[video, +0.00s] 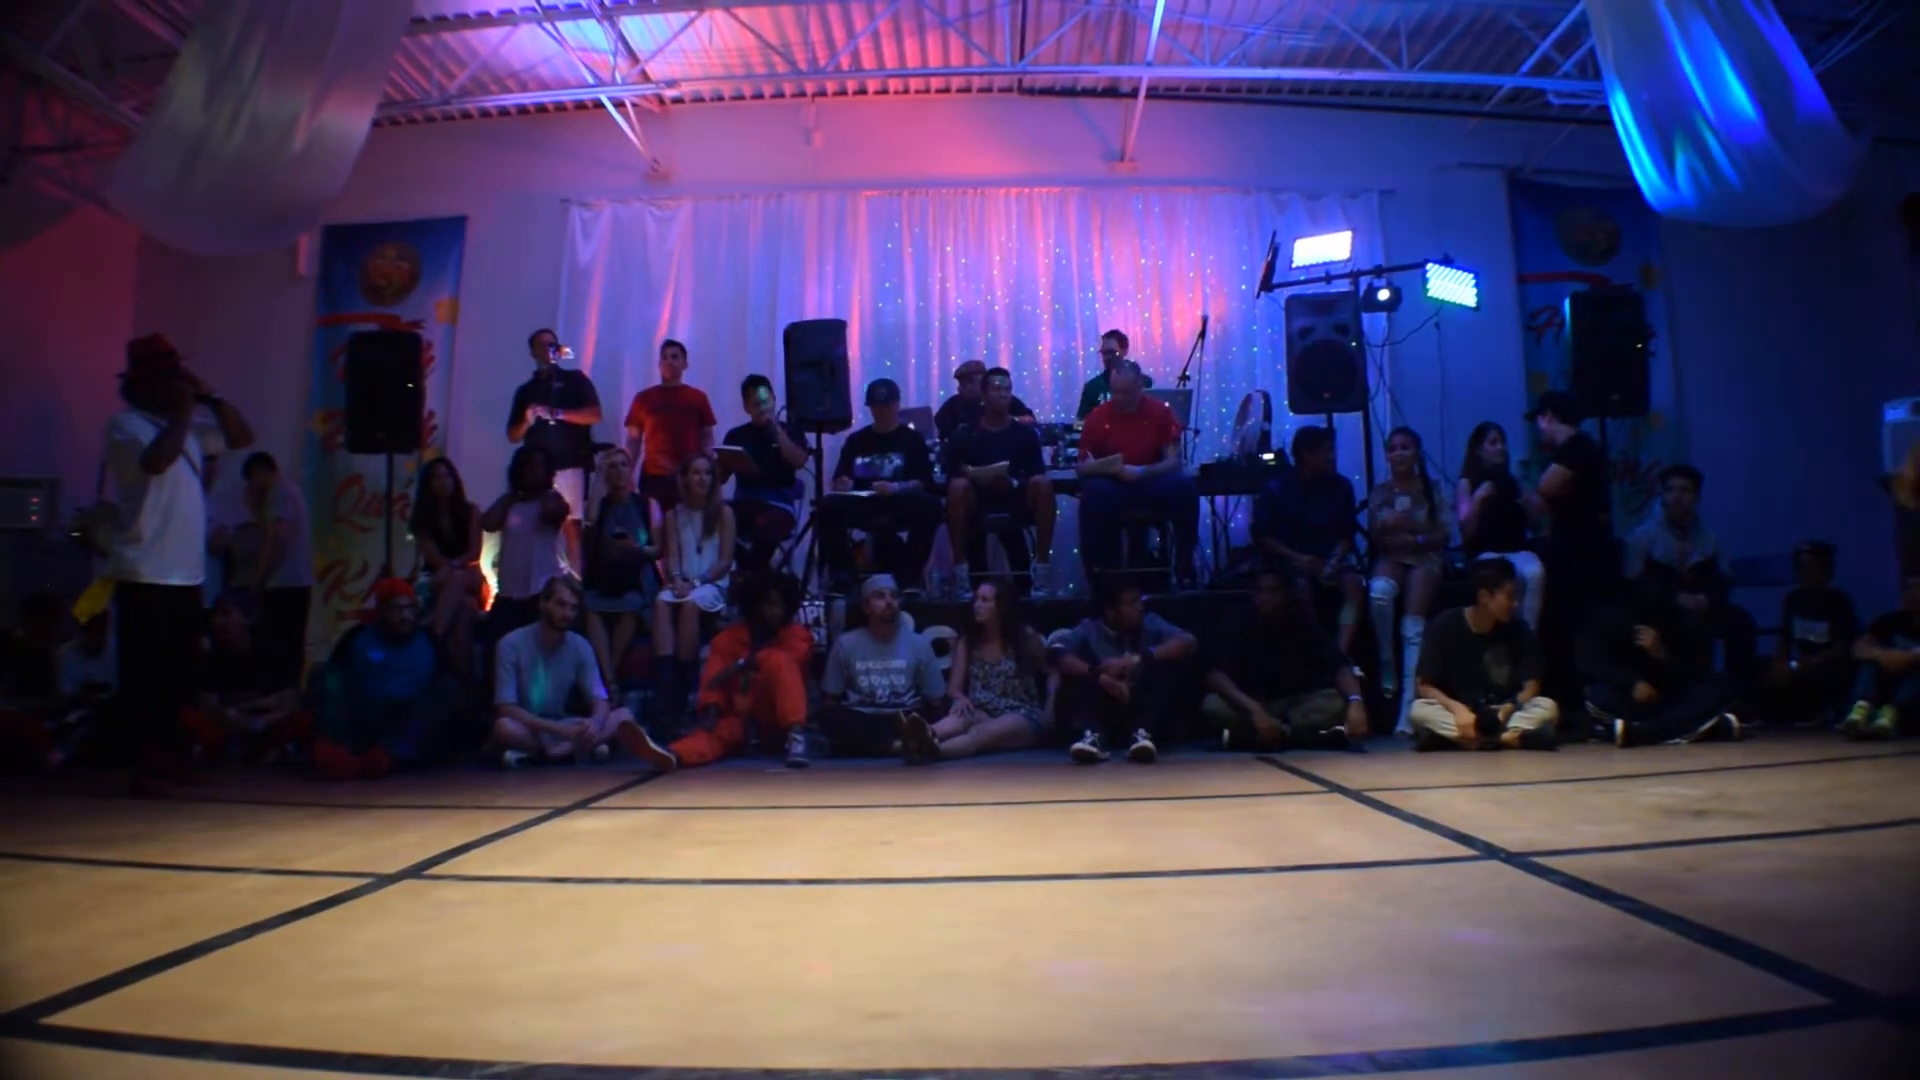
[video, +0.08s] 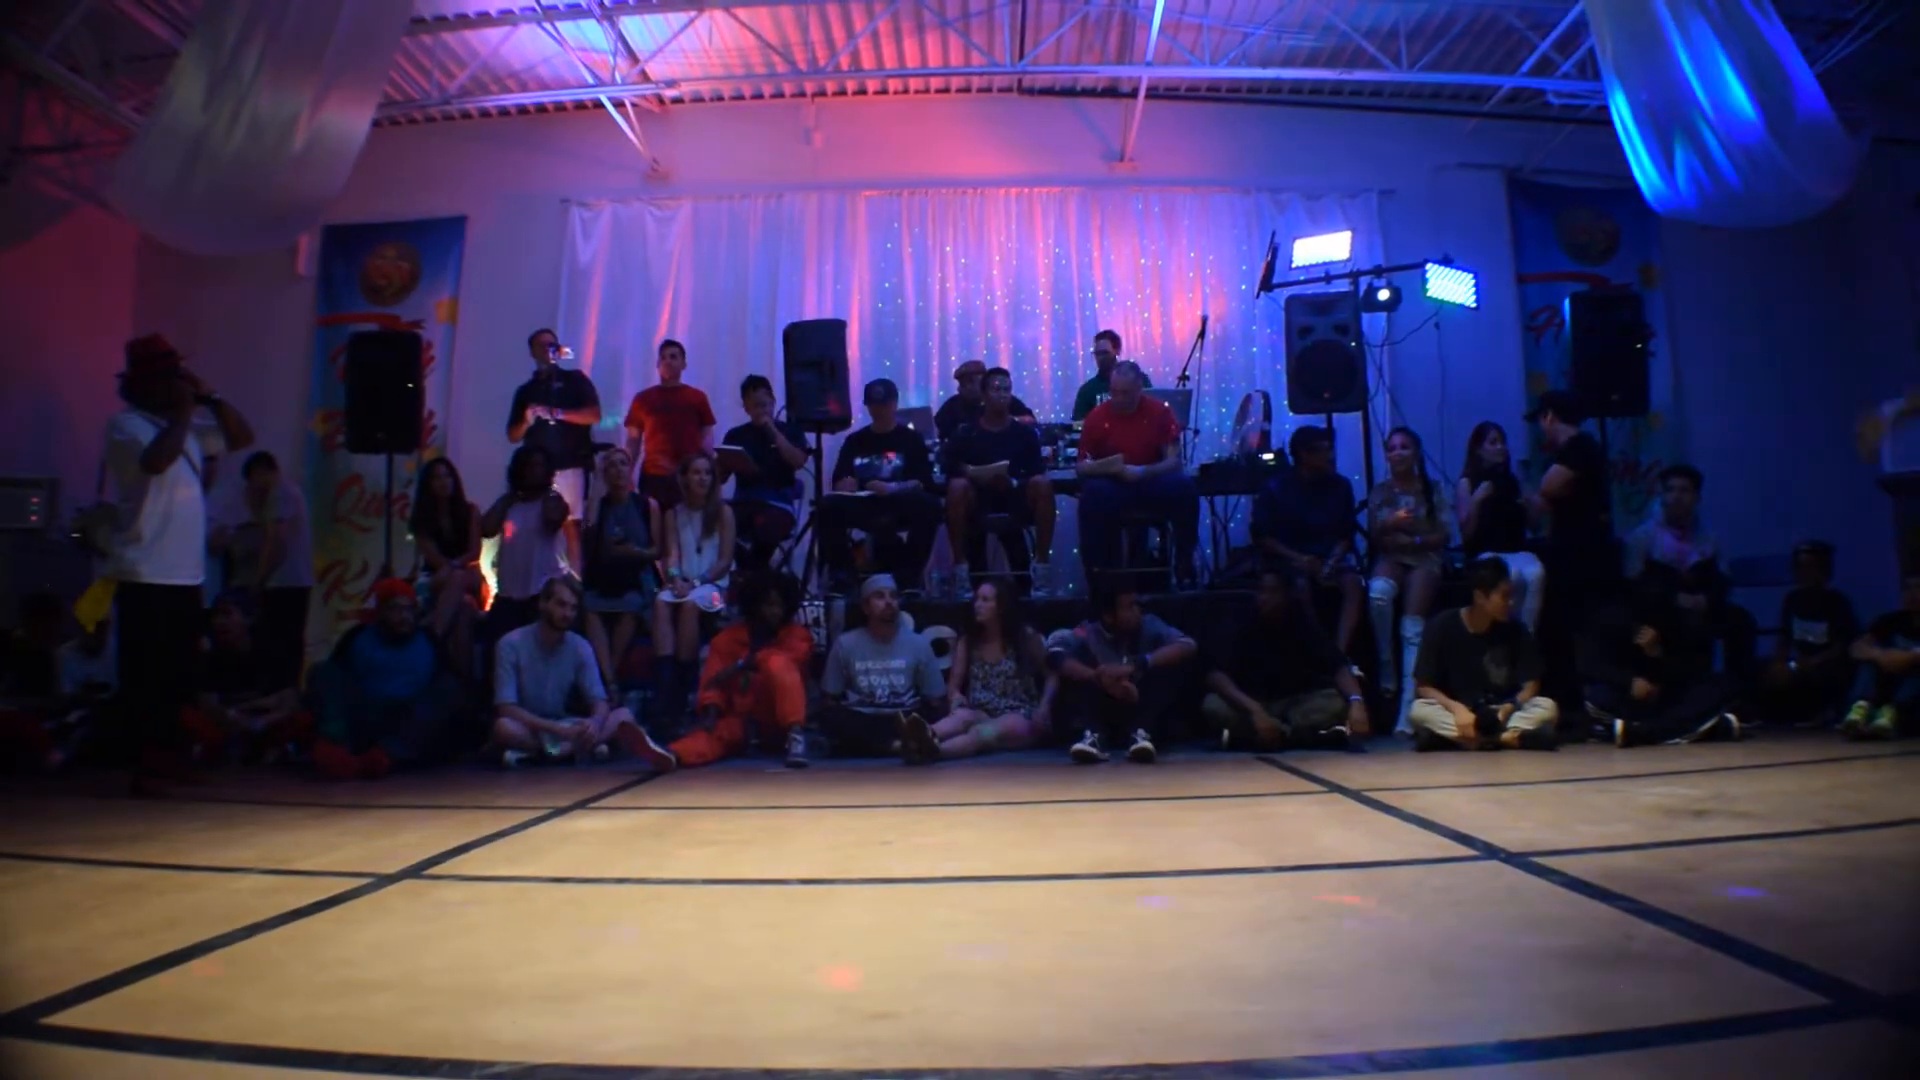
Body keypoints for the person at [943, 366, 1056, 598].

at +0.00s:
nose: (1002, 393)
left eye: (1006, 388)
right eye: (996, 388)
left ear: (1011, 393)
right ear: (984, 394)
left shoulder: (1024, 432)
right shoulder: (967, 430)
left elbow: (1036, 470)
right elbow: (950, 465)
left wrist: (1009, 480)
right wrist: (975, 473)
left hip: (1013, 491)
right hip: (979, 492)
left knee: (1042, 485)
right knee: (958, 486)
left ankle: (1042, 563)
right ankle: (960, 567)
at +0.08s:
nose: (1002, 394)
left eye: (1006, 389)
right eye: (996, 389)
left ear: (1011, 394)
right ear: (984, 394)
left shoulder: (1024, 432)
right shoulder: (967, 430)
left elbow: (1036, 469)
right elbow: (949, 464)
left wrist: (1009, 479)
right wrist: (976, 472)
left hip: (1013, 491)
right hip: (979, 492)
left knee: (1042, 485)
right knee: (957, 487)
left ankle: (1042, 563)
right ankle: (960, 566)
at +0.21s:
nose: (1001, 396)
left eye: (1005, 391)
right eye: (995, 391)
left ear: (1010, 395)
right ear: (983, 395)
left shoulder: (1024, 432)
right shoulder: (968, 431)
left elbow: (1034, 469)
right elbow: (949, 465)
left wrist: (1009, 479)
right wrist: (974, 473)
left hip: (1012, 491)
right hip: (979, 492)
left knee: (1041, 485)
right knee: (957, 487)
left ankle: (1041, 563)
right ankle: (959, 565)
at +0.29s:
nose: (1000, 399)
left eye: (1004, 394)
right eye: (995, 394)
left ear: (1010, 397)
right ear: (983, 397)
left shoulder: (1024, 432)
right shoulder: (967, 432)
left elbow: (1035, 471)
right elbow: (950, 468)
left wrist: (1010, 481)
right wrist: (972, 474)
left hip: (1012, 492)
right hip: (979, 493)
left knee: (1041, 486)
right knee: (956, 488)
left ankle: (1041, 564)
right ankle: (959, 567)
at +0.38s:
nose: (996, 406)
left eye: (1002, 400)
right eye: (991, 400)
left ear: (1010, 400)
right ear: (982, 399)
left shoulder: (1024, 433)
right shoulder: (966, 433)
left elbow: (1035, 472)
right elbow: (950, 469)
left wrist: (1010, 482)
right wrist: (974, 476)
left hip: (1012, 492)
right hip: (978, 493)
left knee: (1042, 486)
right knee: (956, 488)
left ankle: (1041, 564)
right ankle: (959, 566)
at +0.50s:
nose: (993, 408)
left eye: (999, 402)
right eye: (989, 402)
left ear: (1009, 402)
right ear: (982, 401)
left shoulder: (1024, 433)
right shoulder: (966, 434)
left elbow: (1034, 471)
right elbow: (950, 469)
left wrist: (1009, 481)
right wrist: (973, 476)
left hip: (1012, 493)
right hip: (978, 493)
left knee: (1041, 485)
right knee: (956, 488)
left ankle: (1041, 562)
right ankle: (959, 565)